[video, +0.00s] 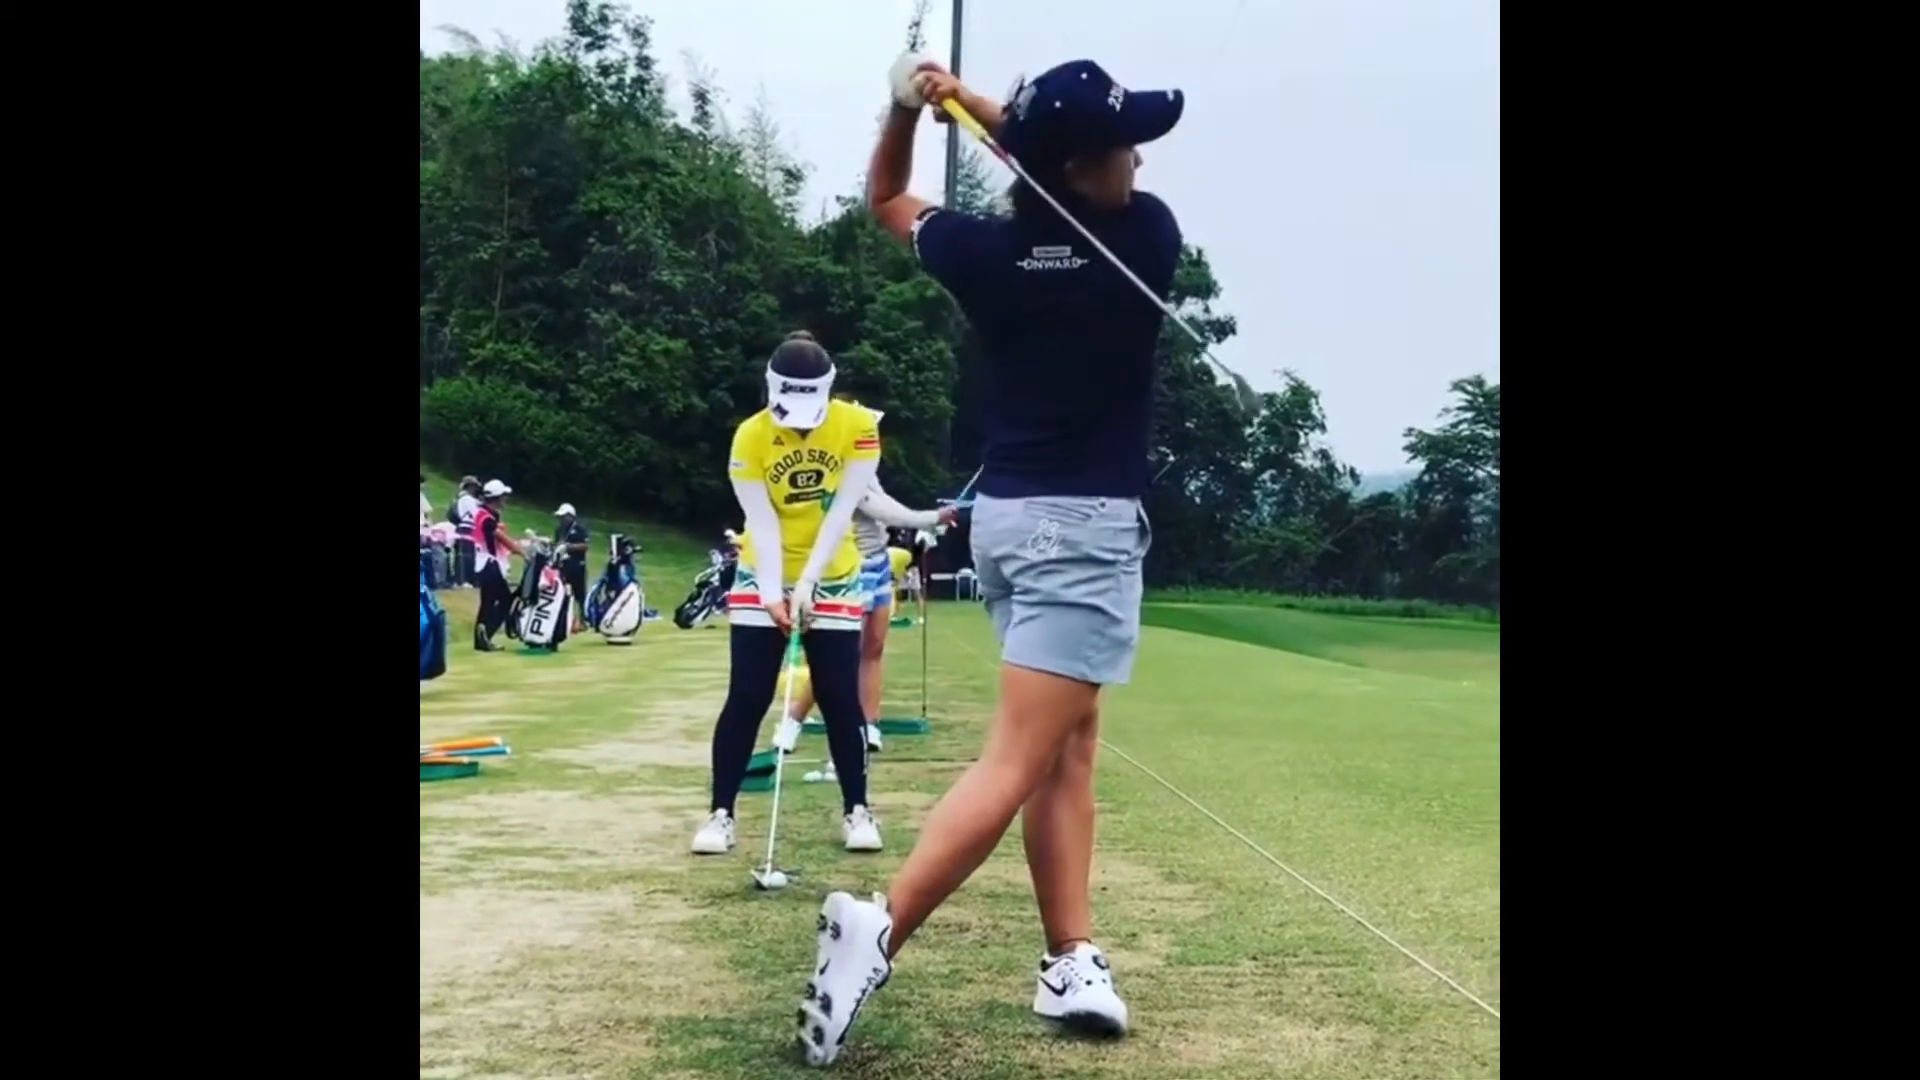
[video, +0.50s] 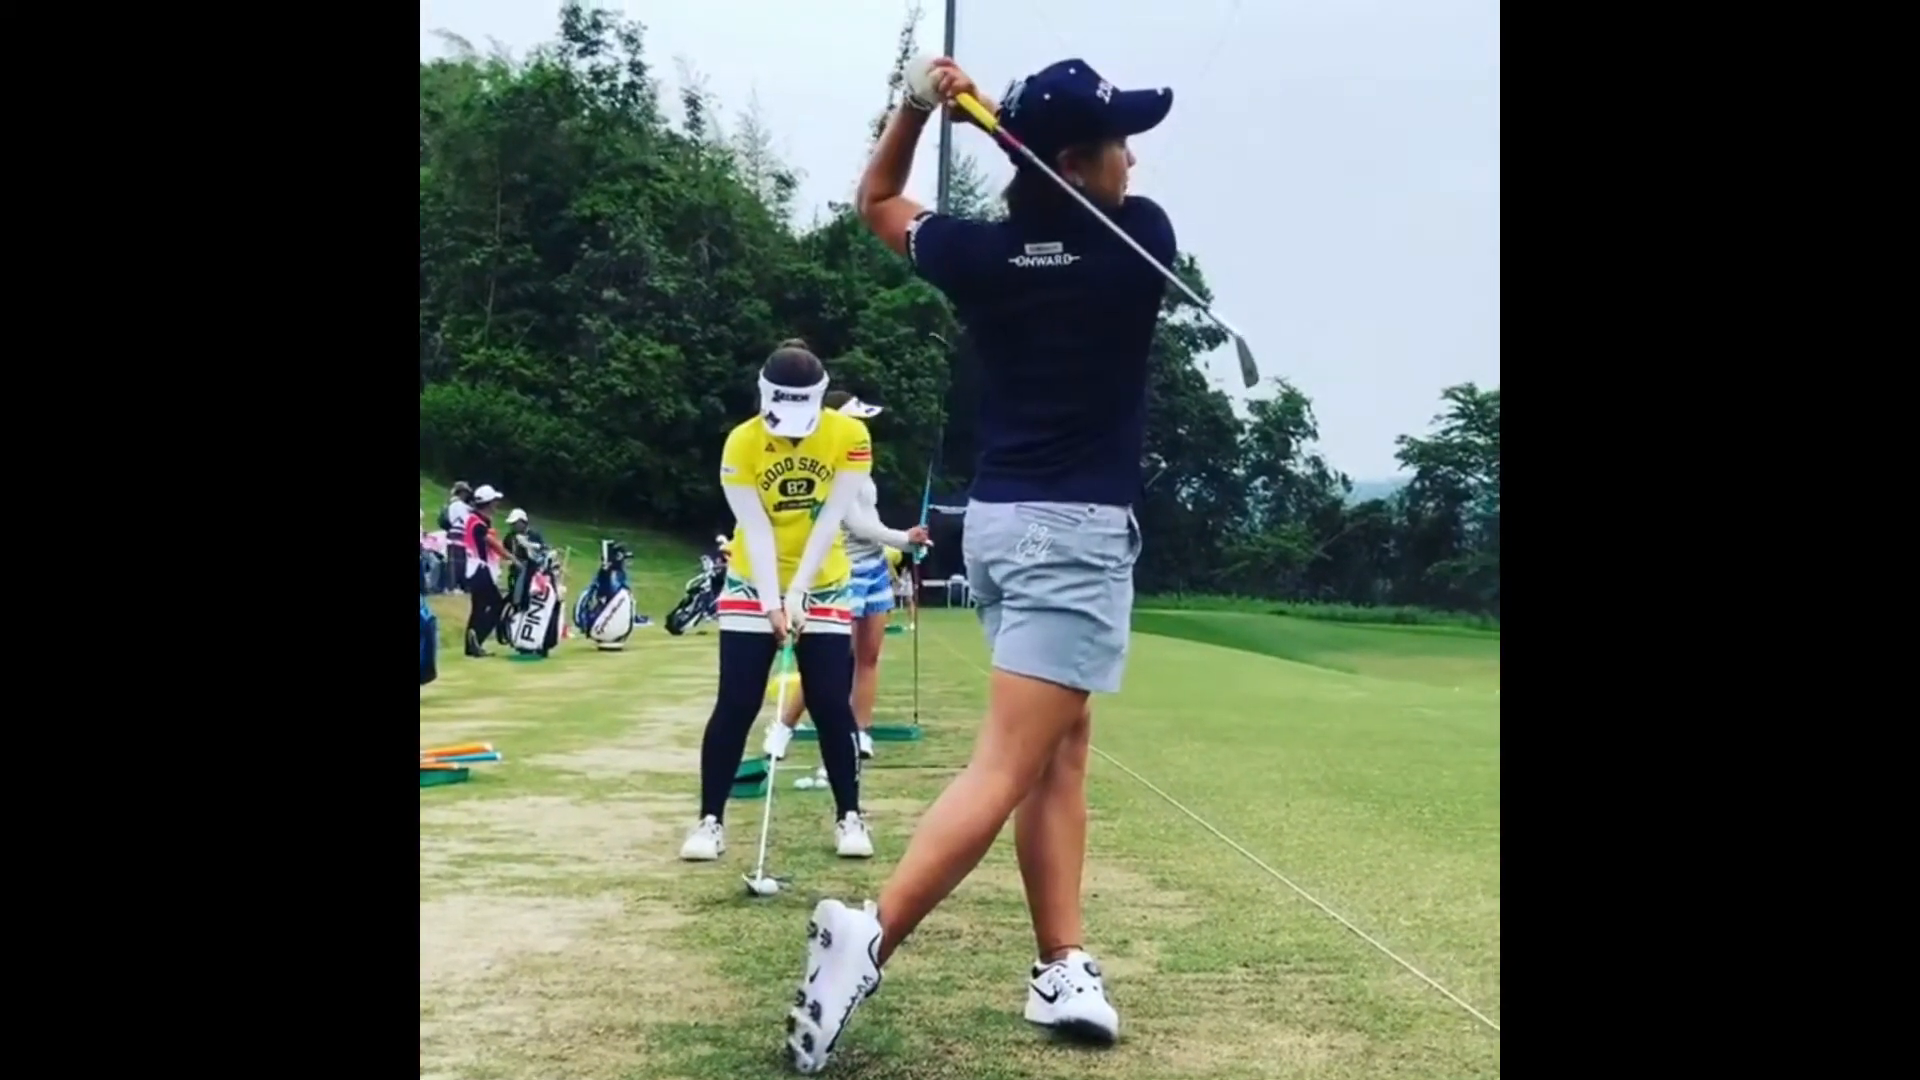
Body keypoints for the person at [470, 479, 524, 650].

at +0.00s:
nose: (505, 501)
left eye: (505, 497)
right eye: (503, 497)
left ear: (489, 498)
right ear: (495, 498)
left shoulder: (482, 515)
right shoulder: (488, 519)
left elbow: (501, 537)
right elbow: (505, 541)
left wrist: (519, 547)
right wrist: (523, 552)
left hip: (483, 559)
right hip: (489, 562)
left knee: (487, 599)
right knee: (506, 597)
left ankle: (481, 638)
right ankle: (487, 630)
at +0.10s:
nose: (502, 501)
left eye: (501, 497)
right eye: (499, 498)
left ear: (485, 498)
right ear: (492, 499)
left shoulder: (479, 516)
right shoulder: (485, 520)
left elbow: (497, 539)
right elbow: (501, 541)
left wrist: (515, 547)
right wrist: (519, 552)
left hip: (480, 560)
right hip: (486, 563)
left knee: (484, 601)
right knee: (502, 598)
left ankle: (477, 639)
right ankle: (483, 631)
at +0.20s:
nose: (499, 502)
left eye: (499, 499)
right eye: (497, 499)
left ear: (483, 500)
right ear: (490, 500)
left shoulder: (477, 517)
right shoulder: (482, 521)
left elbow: (495, 541)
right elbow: (498, 543)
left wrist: (513, 550)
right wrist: (516, 553)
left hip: (477, 561)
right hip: (483, 564)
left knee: (481, 602)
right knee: (500, 599)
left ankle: (475, 641)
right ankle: (480, 632)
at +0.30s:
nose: (498, 504)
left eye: (498, 500)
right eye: (496, 501)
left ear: (481, 501)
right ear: (488, 502)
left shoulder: (475, 518)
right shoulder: (480, 523)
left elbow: (493, 541)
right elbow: (497, 544)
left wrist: (511, 551)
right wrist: (515, 555)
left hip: (475, 562)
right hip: (481, 565)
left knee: (480, 603)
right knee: (498, 600)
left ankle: (473, 642)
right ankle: (479, 633)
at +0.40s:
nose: (497, 505)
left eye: (497, 501)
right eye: (494, 501)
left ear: (480, 502)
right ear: (487, 502)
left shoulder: (474, 519)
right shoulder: (479, 524)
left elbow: (491, 542)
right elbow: (493, 544)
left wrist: (506, 555)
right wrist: (510, 555)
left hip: (474, 563)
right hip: (480, 566)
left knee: (479, 604)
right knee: (497, 601)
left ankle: (472, 643)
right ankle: (478, 635)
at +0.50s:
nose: (496, 506)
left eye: (496, 502)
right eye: (494, 503)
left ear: (480, 503)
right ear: (486, 504)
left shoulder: (476, 521)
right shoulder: (479, 525)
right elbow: (495, 546)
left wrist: (508, 556)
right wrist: (514, 559)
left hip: (476, 565)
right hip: (479, 568)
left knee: (478, 606)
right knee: (497, 603)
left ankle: (472, 644)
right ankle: (477, 636)